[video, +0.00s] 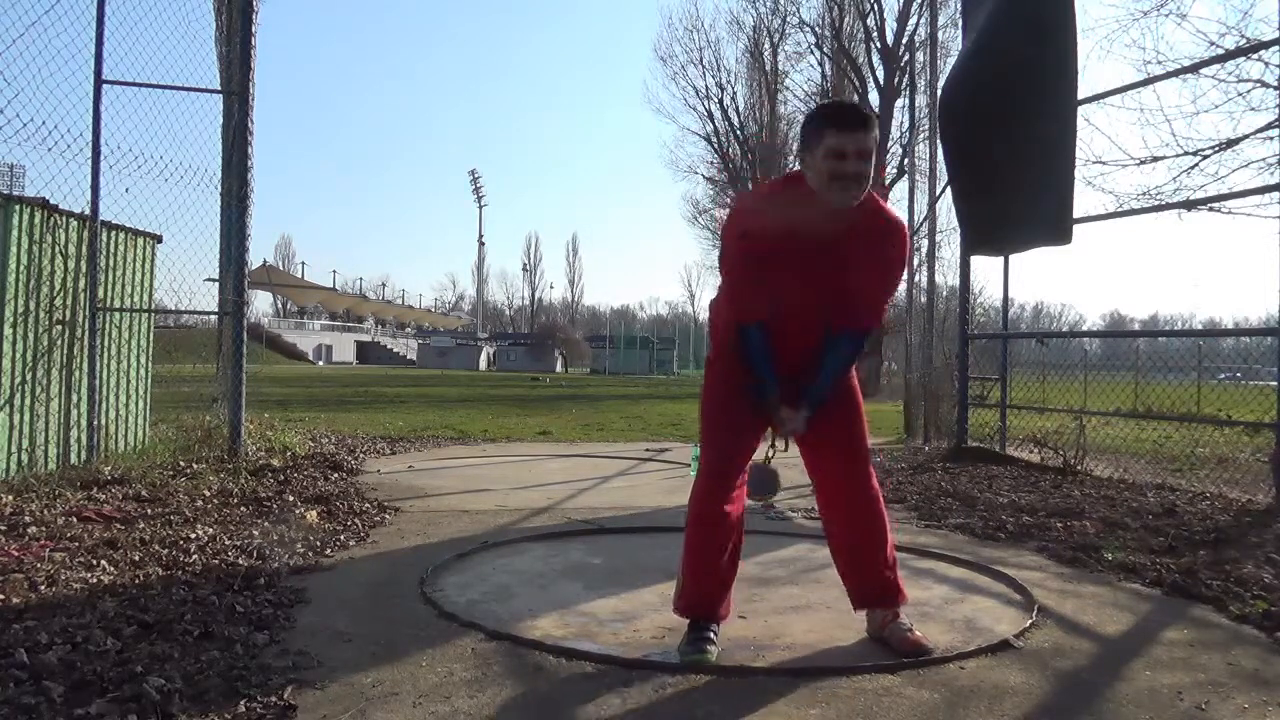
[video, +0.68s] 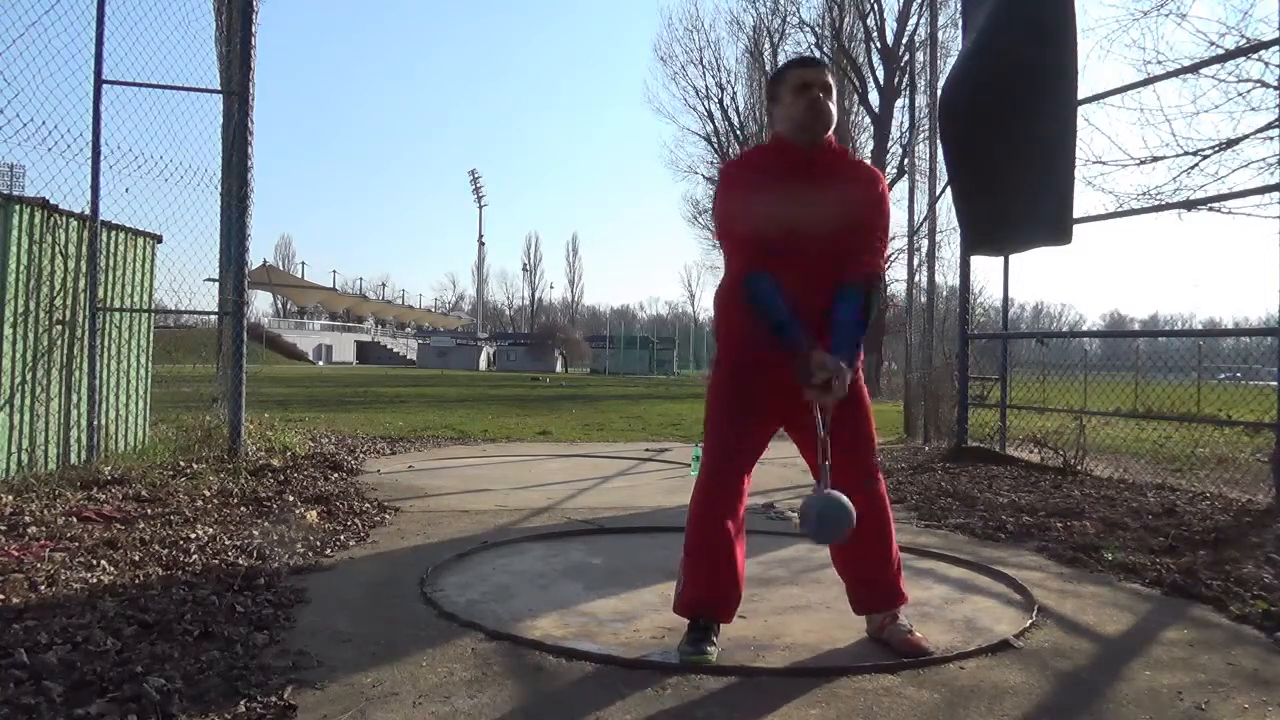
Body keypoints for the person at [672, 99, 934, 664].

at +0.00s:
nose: (849, 167)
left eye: (861, 156)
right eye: (836, 155)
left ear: (874, 161)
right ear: (805, 155)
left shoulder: (885, 232)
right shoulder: (755, 213)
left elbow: (855, 331)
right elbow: (747, 314)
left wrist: (809, 401)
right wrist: (770, 392)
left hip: (825, 364)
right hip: (745, 355)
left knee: (854, 480)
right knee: (719, 481)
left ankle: (885, 613)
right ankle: (703, 619)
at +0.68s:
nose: (819, 100)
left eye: (826, 91)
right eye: (804, 91)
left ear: (836, 106)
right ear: (772, 105)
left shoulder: (864, 180)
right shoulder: (742, 174)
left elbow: (863, 276)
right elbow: (751, 272)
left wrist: (842, 356)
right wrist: (802, 351)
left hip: (833, 354)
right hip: (750, 353)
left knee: (861, 477)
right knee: (719, 479)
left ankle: (885, 614)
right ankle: (704, 617)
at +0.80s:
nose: (814, 89)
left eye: (821, 82)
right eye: (798, 81)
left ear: (833, 102)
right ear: (770, 101)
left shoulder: (861, 173)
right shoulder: (742, 166)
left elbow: (873, 251)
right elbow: (761, 244)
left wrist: (862, 306)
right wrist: (831, 290)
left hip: (829, 354)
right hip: (749, 354)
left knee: (860, 480)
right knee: (720, 483)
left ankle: (884, 614)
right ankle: (704, 619)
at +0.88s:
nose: (816, 87)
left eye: (824, 81)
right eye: (801, 80)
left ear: (836, 100)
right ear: (772, 101)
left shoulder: (864, 170)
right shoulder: (746, 160)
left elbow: (886, 244)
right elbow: (766, 218)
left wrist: (877, 275)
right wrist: (846, 244)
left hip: (835, 360)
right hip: (751, 358)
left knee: (862, 487)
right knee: (721, 487)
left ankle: (883, 615)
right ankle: (704, 619)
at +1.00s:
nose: (830, 86)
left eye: (836, 81)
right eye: (814, 80)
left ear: (846, 101)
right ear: (782, 102)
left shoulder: (870, 166)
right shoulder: (756, 153)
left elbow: (896, 220)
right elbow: (781, 199)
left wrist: (919, 230)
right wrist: (871, 202)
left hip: (839, 360)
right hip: (756, 357)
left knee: (864, 486)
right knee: (724, 488)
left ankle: (882, 614)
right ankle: (704, 617)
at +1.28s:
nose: (881, 100)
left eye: (887, 95)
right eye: (867, 90)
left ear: (890, 116)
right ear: (832, 105)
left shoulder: (900, 183)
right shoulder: (801, 152)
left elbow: (924, 242)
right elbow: (856, 194)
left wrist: (962, 253)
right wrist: (930, 221)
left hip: (848, 360)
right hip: (770, 351)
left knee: (870, 484)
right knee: (736, 482)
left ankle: (882, 618)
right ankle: (704, 618)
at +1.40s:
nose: (904, 109)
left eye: (909, 105)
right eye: (889, 99)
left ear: (909, 128)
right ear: (851, 114)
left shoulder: (914, 202)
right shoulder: (821, 157)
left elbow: (917, 277)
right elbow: (872, 220)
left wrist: (953, 309)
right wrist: (946, 277)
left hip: (851, 361)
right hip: (778, 348)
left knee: (874, 483)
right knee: (741, 479)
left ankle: (882, 617)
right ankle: (703, 619)